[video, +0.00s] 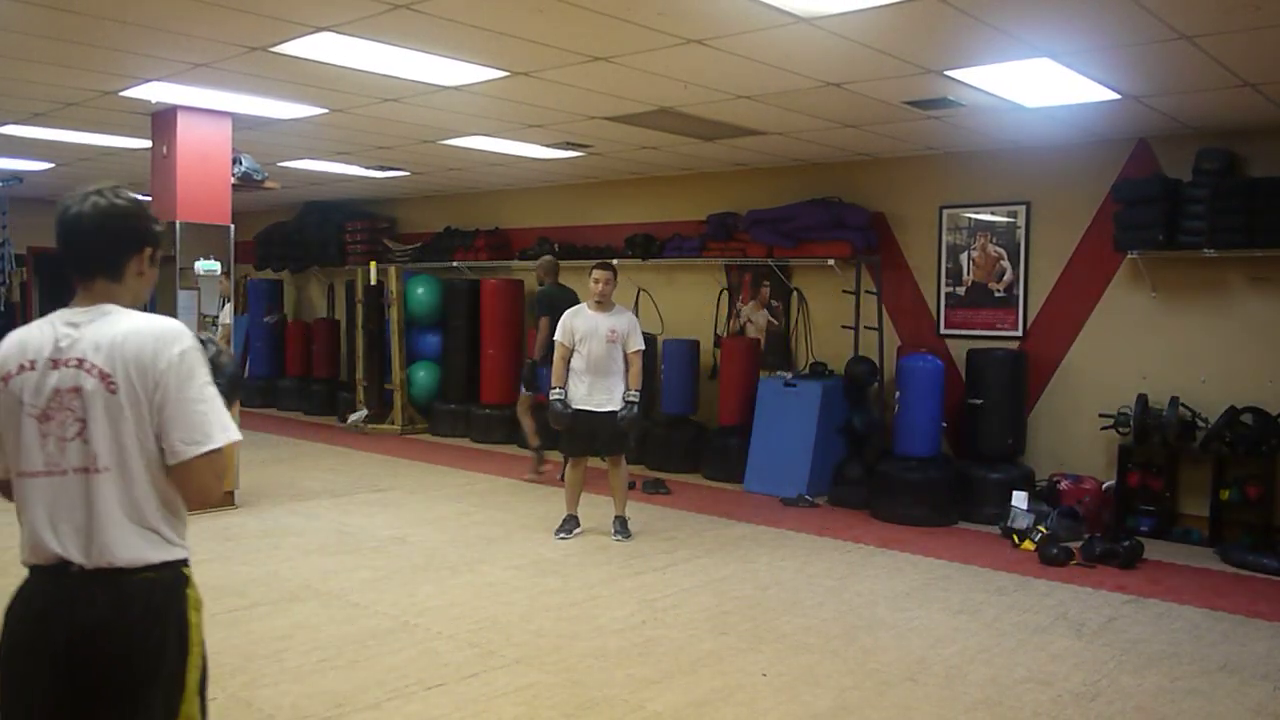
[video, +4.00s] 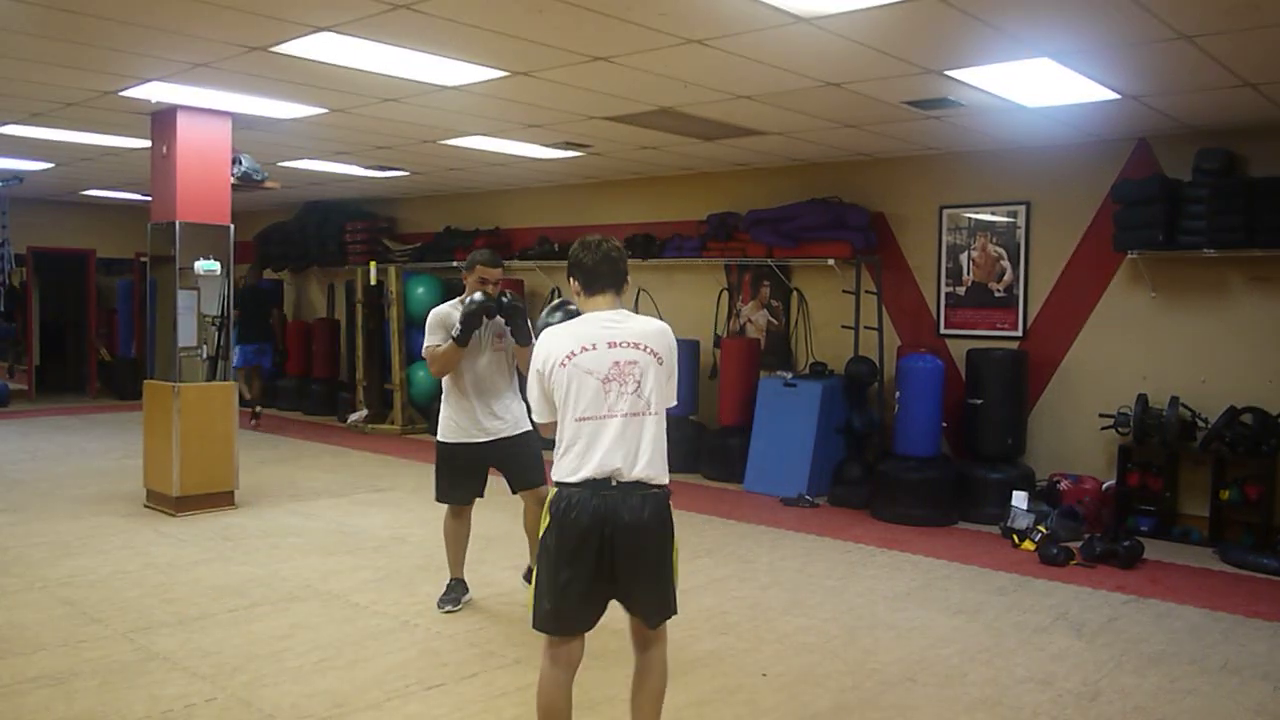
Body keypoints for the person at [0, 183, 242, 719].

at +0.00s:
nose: (153, 273)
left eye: (155, 260)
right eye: (155, 260)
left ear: (71, 258)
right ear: (142, 262)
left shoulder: (14, 349)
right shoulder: (163, 341)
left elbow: (9, 481)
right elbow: (206, 489)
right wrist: (213, 407)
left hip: (43, 603)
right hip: (147, 610)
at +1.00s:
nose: (374, 277)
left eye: (372, 267)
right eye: (373, 267)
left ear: (302, 272)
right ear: (366, 268)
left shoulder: (260, 343)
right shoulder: (392, 342)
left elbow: (266, 432)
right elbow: (399, 441)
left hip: (271, 554)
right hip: (356, 560)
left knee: (299, 707)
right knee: (394, 702)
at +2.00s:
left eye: (482, 291)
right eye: (542, 286)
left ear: (482, 295)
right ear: (537, 289)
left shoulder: (461, 349)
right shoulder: (571, 345)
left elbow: (453, 435)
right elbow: (607, 432)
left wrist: (506, 426)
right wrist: (553, 418)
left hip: (481, 518)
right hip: (549, 519)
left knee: (495, 645)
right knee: (550, 646)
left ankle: (491, 719)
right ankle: (536, 715)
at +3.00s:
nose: (636, 300)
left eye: (634, 291)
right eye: (635, 291)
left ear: (642, 287)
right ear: (683, 280)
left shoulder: (631, 334)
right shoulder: (724, 332)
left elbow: (591, 393)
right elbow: (726, 390)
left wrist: (648, 391)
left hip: (631, 494)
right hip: (696, 495)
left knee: (598, 613)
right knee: (682, 627)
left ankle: (579, 716)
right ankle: (673, 718)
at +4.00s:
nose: (569, 287)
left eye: (569, 281)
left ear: (573, 284)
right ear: (627, 281)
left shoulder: (551, 341)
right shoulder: (659, 334)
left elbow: (547, 427)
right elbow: (660, 407)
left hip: (575, 512)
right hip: (645, 511)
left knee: (559, 654)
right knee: (650, 642)